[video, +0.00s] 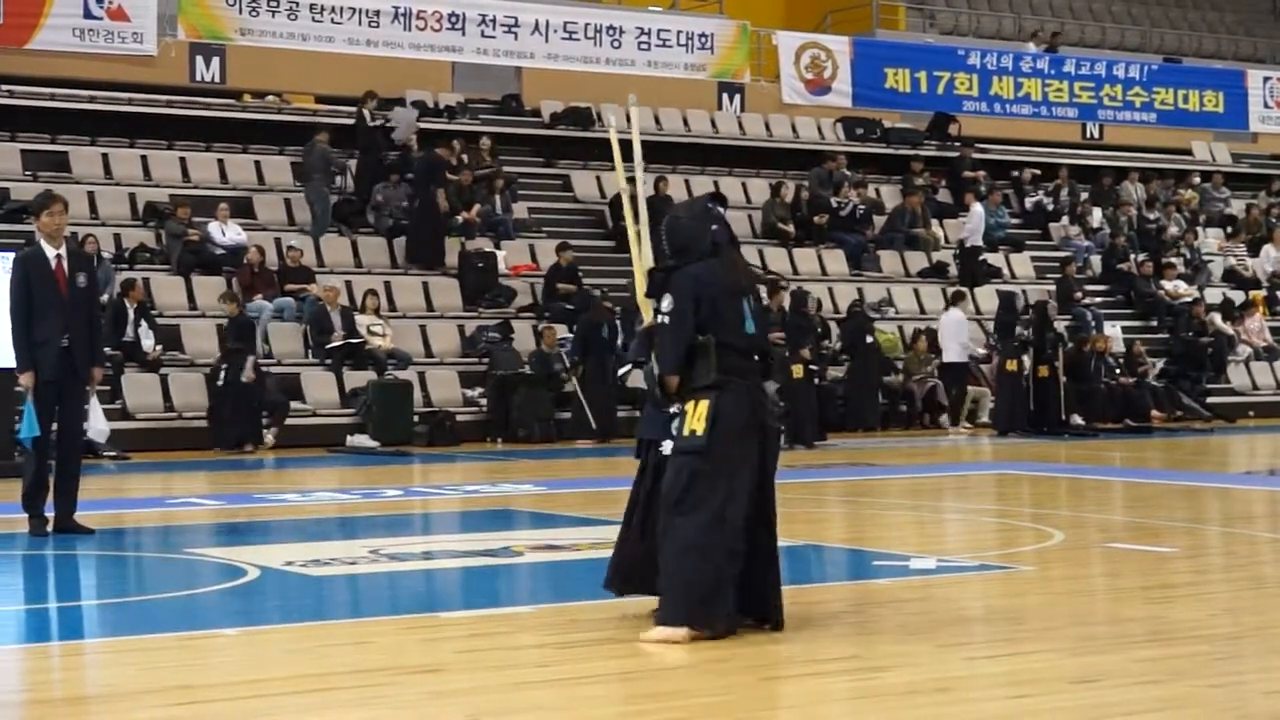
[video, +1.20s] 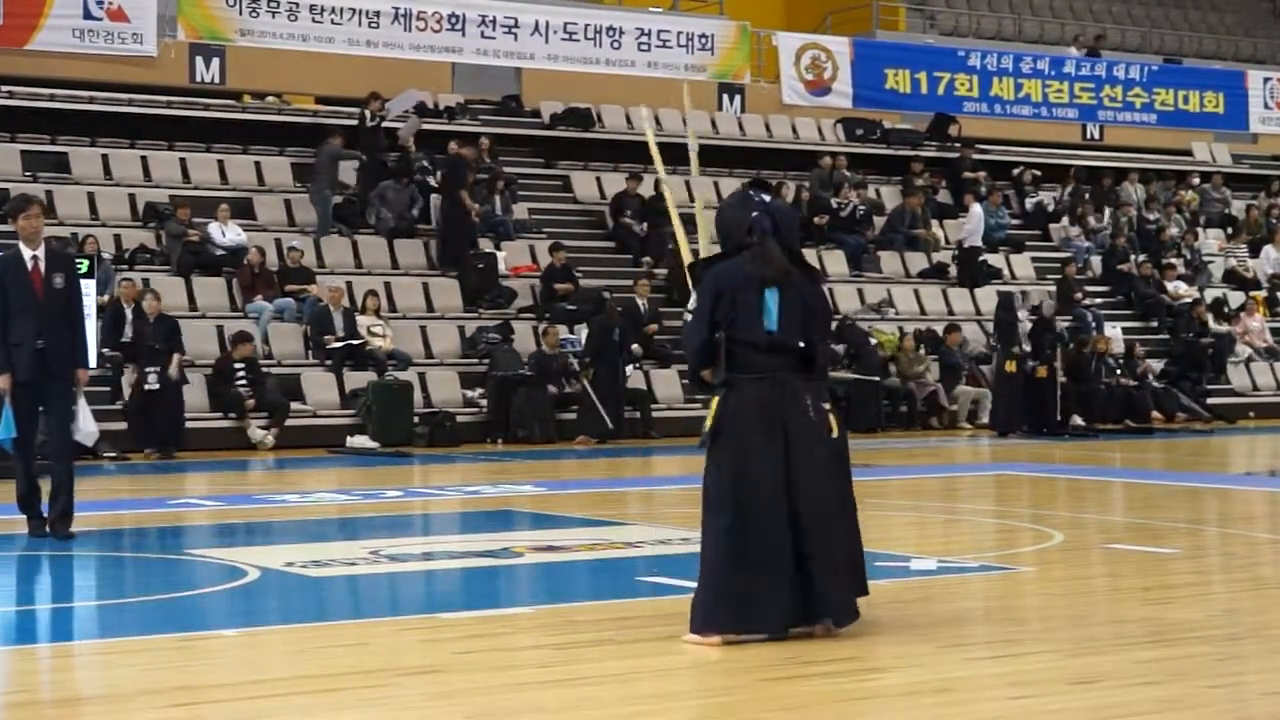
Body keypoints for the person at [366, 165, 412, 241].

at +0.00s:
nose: (395, 178)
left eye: (397, 175)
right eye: (392, 175)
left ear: (400, 176)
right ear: (389, 176)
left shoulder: (405, 188)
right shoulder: (380, 188)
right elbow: (373, 205)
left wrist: (407, 205)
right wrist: (377, 202)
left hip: (402, 216)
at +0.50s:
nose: (398, 179)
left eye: (399, 177)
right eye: (395, 177)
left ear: (400, 178)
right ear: (390, 177)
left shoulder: (403, 187)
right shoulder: (379, 188)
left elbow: (414, 199)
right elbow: (370, 203)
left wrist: (407, 206)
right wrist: (380, 202)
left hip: (400, 215)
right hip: (384, 216)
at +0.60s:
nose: (398, 180)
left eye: (399, 177)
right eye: (396, 177)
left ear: (401, 178)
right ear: (390, 177)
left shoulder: (403, 187)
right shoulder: (379, 188)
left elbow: (414, 200)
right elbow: (368, 202)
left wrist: (407, 206)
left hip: (401, 215)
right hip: (385, 216)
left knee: (409, 229)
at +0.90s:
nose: (401, 181)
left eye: (401, 178)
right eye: (399, 178)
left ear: (403, 179)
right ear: (393, 178)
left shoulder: (405, 189)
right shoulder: (379, 188)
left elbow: (414, 201)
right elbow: (369, 202)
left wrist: (411, 207)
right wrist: (376, 212)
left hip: (401, 218)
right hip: (385, 218)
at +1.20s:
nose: (406, 181)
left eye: (408, 179)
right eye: (404, 179)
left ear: (409, 179)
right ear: (399, 178)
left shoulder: (411, 188)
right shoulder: (385, 186)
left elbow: (419, 200)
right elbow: (373, 197)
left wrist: (415, 210)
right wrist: (382, 211)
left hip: (404, 219)